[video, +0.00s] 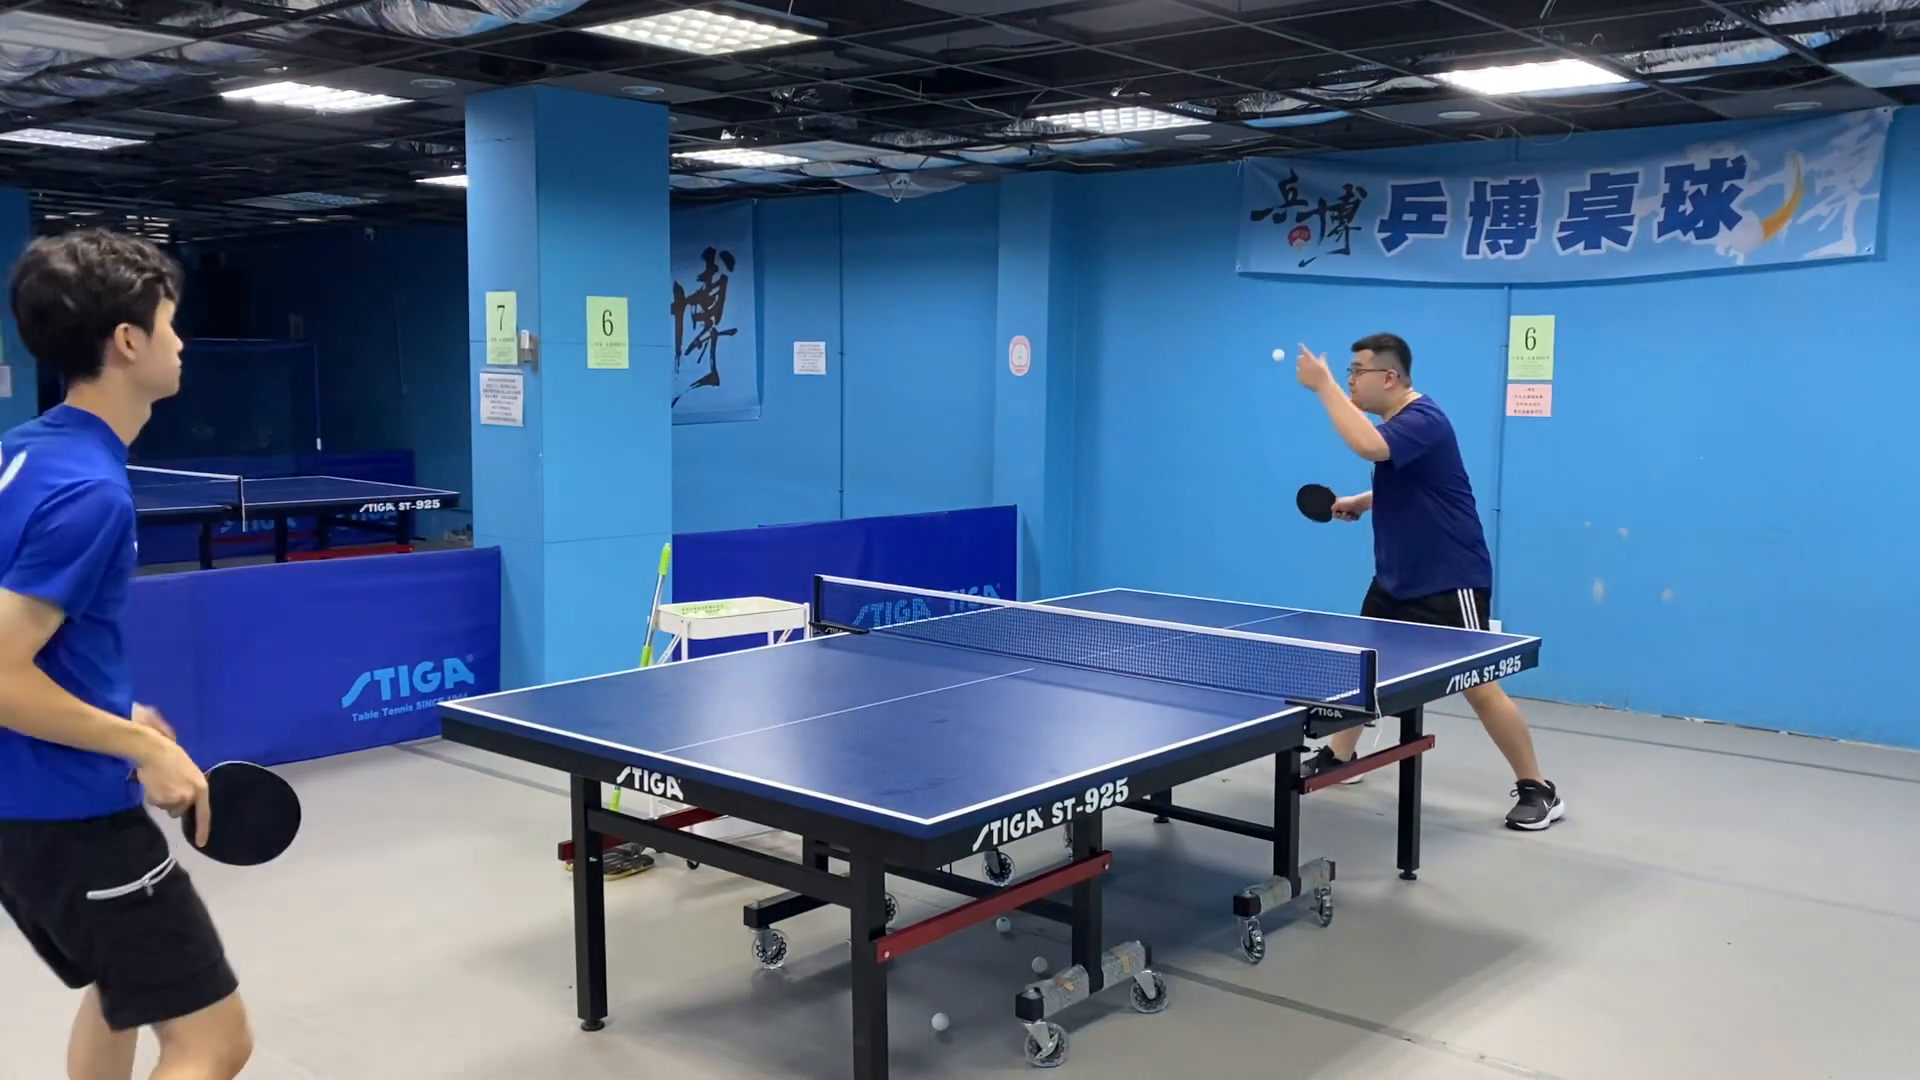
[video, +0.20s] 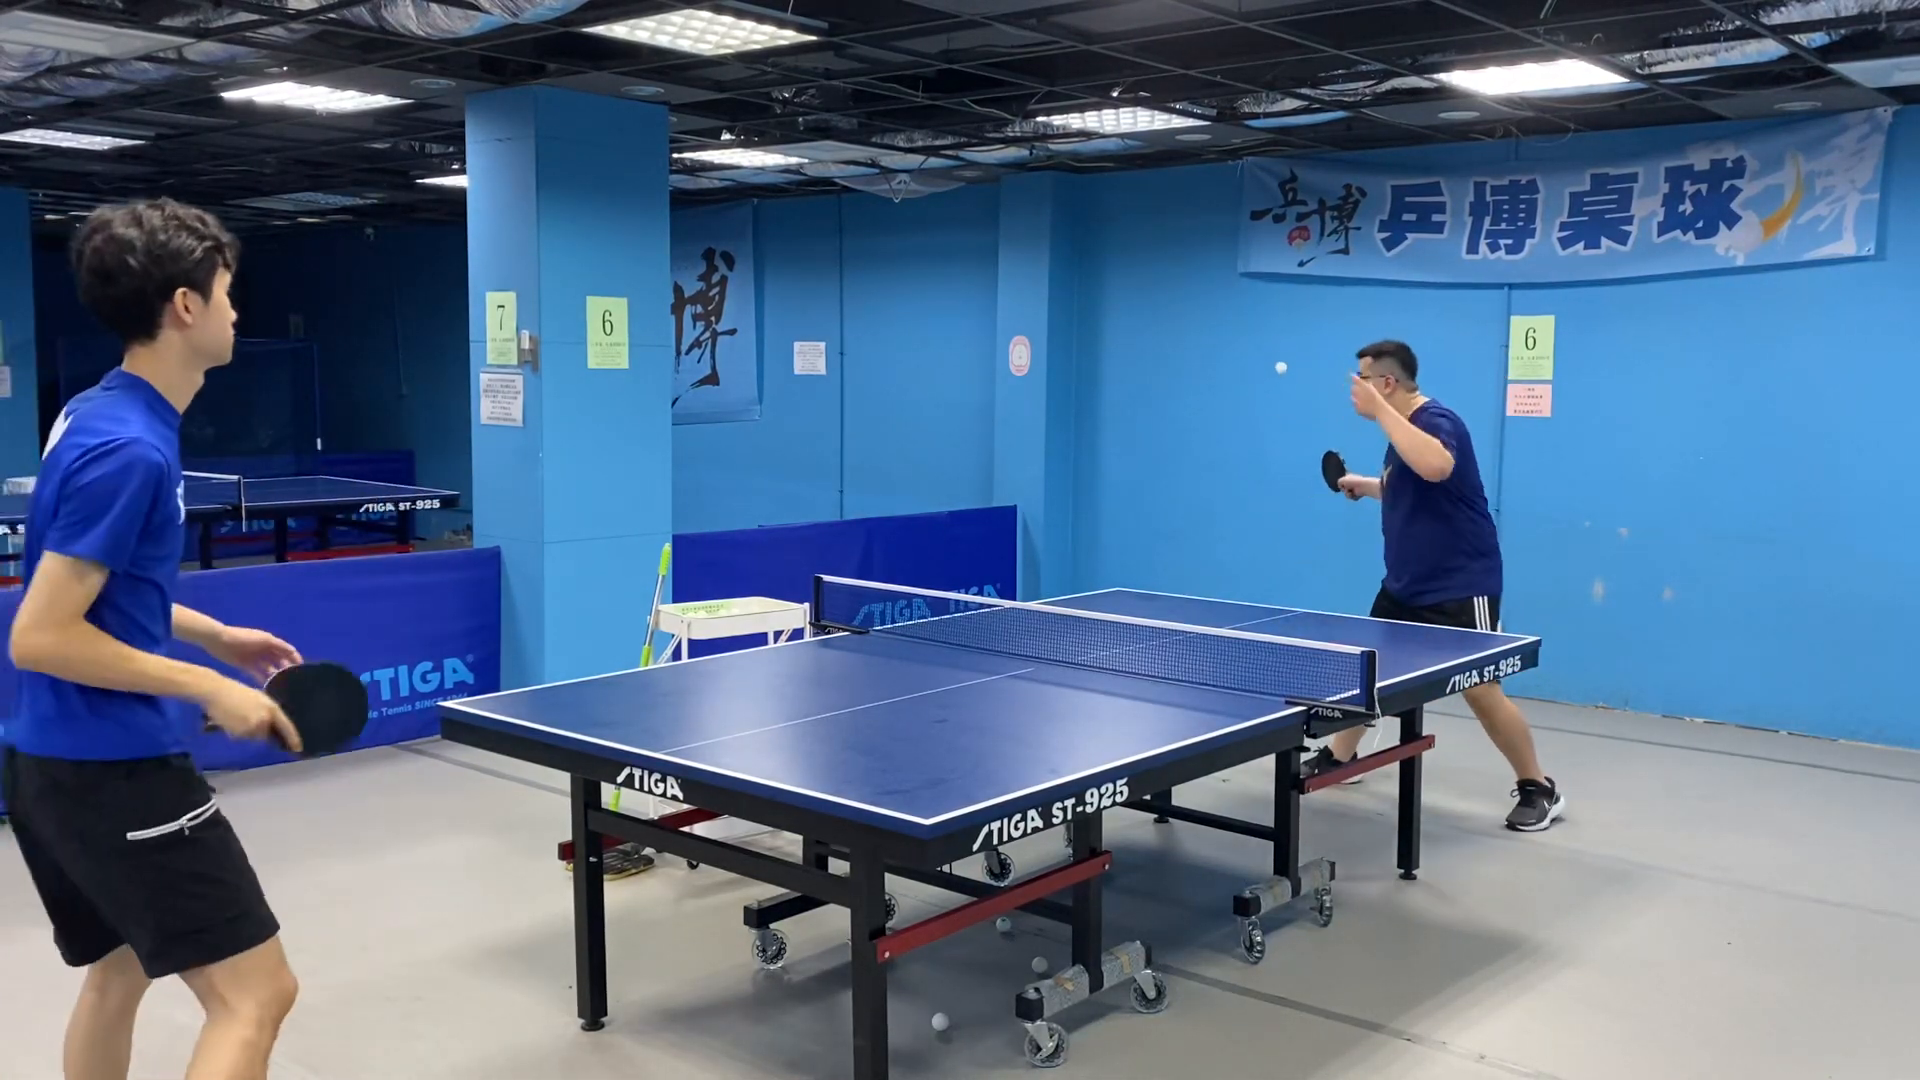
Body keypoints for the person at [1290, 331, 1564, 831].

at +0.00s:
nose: (1350, 381)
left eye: (1358, 371)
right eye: (1351, 372)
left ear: (1392, 377)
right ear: (1387, 379)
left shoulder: (1424, 419)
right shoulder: (1393, 422)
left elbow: (1373, 445)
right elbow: (1410, 489)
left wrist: (1325, 386)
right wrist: (1364, 501)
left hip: (1450, 578)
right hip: (1396, 576)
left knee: (1479, 686)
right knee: (1360, 665)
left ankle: (1535, 787)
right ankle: (1340, 754)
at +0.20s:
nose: (1358, 389)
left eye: (1363, 380)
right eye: (1358, 381)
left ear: (1391, 382)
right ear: (1392, 382)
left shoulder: (1437, 421)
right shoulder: (1402, 429)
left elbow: (1437, 466)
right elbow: (1409, 491)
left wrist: (1382, 412)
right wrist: (1364, 485)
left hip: (1461, 584)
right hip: (1406, 581)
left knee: (1481, 689)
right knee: (1365, 670)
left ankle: (1536, 786)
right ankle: (1339, 755)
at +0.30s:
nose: (1366, 397)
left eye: (1369, 387)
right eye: (1365, 388)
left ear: (1397, 386)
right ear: (1399, 387)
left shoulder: (1454, 426)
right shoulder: (1408, 436)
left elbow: (1476, 487)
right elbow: (1414, 503)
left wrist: (1405, 455)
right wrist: (1361, 492)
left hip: (1469, 589)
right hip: (1411, 586)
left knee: (1483, 689)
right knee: (1367, 670)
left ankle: (1538, 787)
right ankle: (1340, 755)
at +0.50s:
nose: (1392, 411)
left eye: (1396, 400)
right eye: (1388, 402)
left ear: (1430, 390)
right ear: (1420, 394)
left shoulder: (1491, 436)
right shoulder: (1411, 440)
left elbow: (1521, 506)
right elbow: (1392, 496)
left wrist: (1441, 514)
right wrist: (1343, 487)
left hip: (1483, 595)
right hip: (1414, 587)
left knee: (1497, 689)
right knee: (1353, 663)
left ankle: (1539, 789)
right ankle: (1331, 745)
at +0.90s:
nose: (1363, 425)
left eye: (1373, 415)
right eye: (1356, 415)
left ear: (1402, 410)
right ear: (1350, 413)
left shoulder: (1449, 451)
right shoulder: (1346, 458)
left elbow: (1490, 497)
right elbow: (1335, 520)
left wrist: (1444, 532)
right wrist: (1320, 516)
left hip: (1453, 595)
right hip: (1370, 594)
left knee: (1500, 673)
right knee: (1313, 660)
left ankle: (1533, 781)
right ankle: (1315, 751)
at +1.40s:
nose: (1336, 401)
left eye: (1345, 391)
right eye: (1329, 393)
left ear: (1375, 387)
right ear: (1326, 396)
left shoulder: (1427, 428)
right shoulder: (1340, 449)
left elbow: (1473, 481)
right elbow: (1341, 505)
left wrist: (1403, 497)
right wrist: (1292, 533)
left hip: (1450, 585)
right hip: (1374, 585)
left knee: (1489, 676)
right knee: (1328, 662)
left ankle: (1524, 779)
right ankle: (1316, 751)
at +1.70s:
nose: (1319, 420)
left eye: (1323, 408)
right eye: (1315, 412)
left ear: (1356, 397)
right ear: (1344, 404)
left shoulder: (1410, 434)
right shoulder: (1342, 452)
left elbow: (1441, 497)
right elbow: (1339, 510)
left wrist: (1370, 474)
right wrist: (1283, 509)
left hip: (1431, 590)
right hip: (1359, 587)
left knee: (1475, 681)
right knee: (1301, 658)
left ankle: (1524, 777)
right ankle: (1315, 750)